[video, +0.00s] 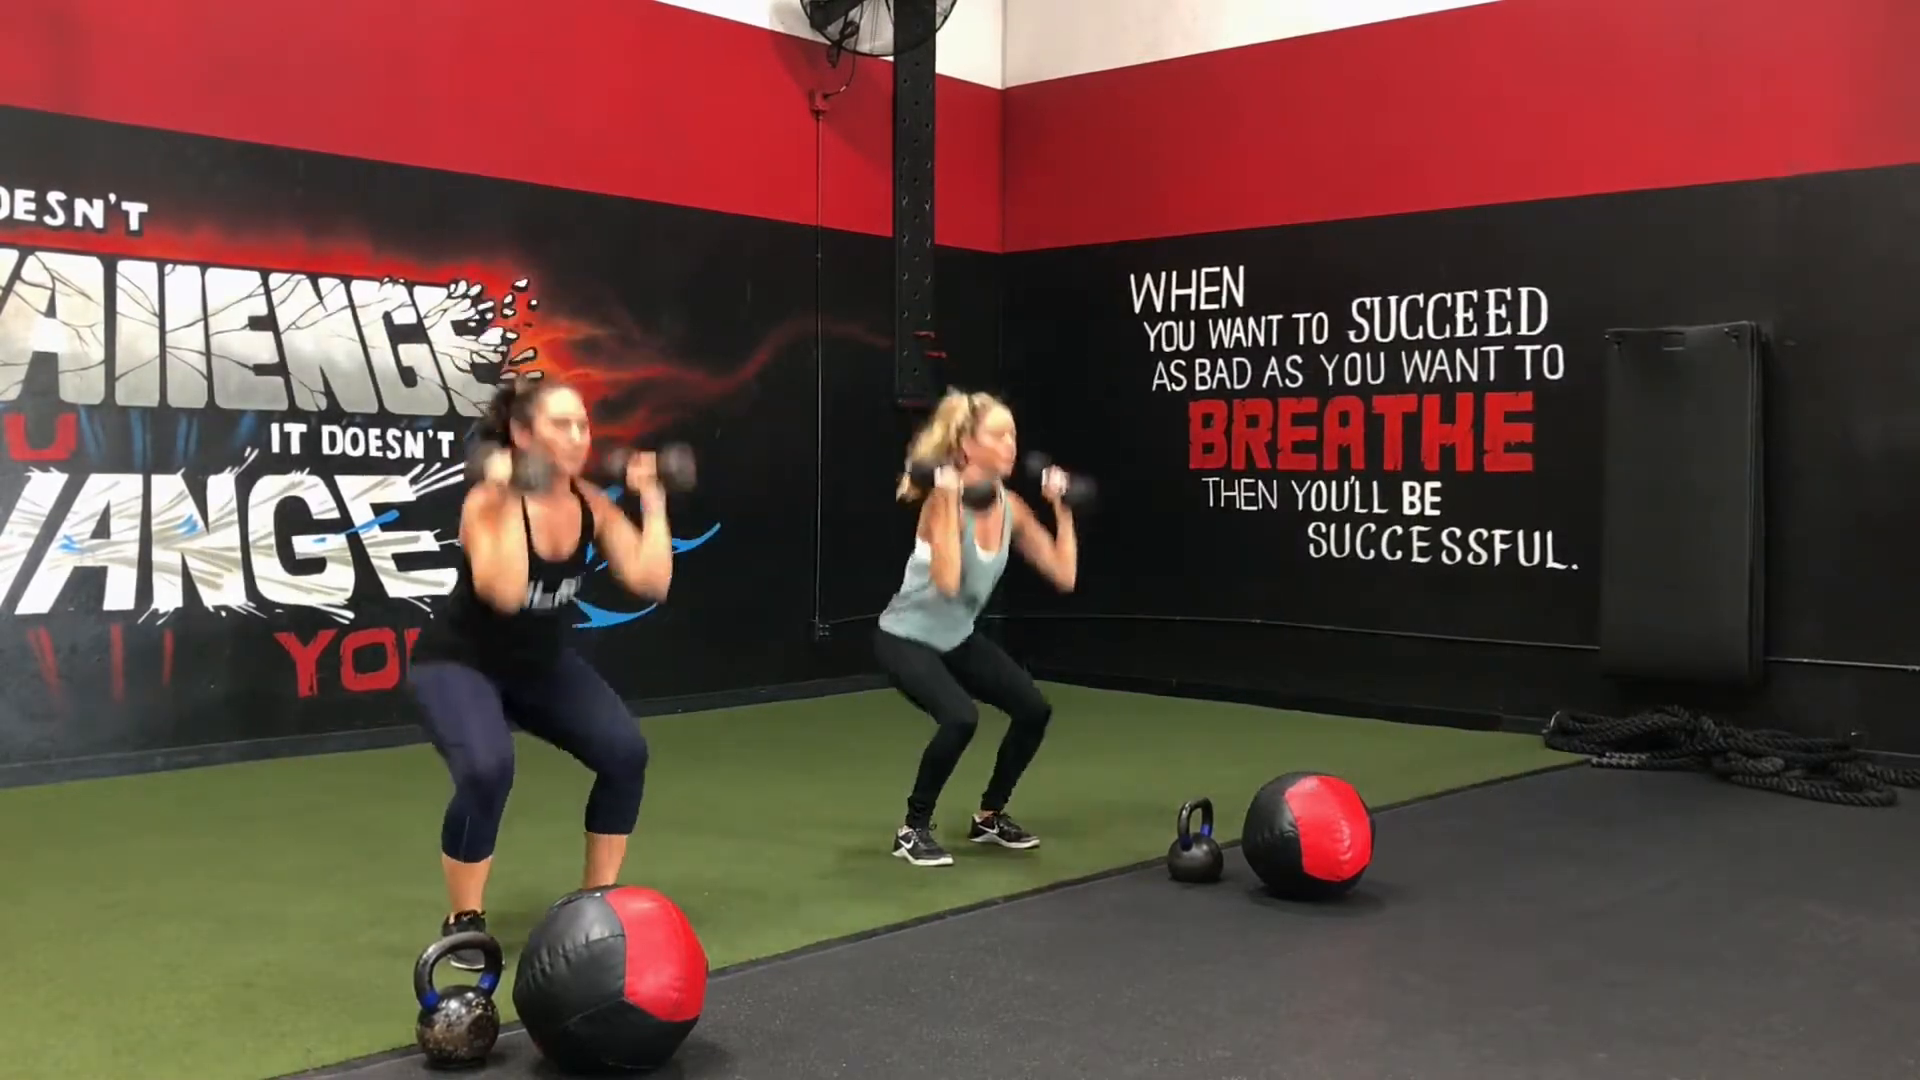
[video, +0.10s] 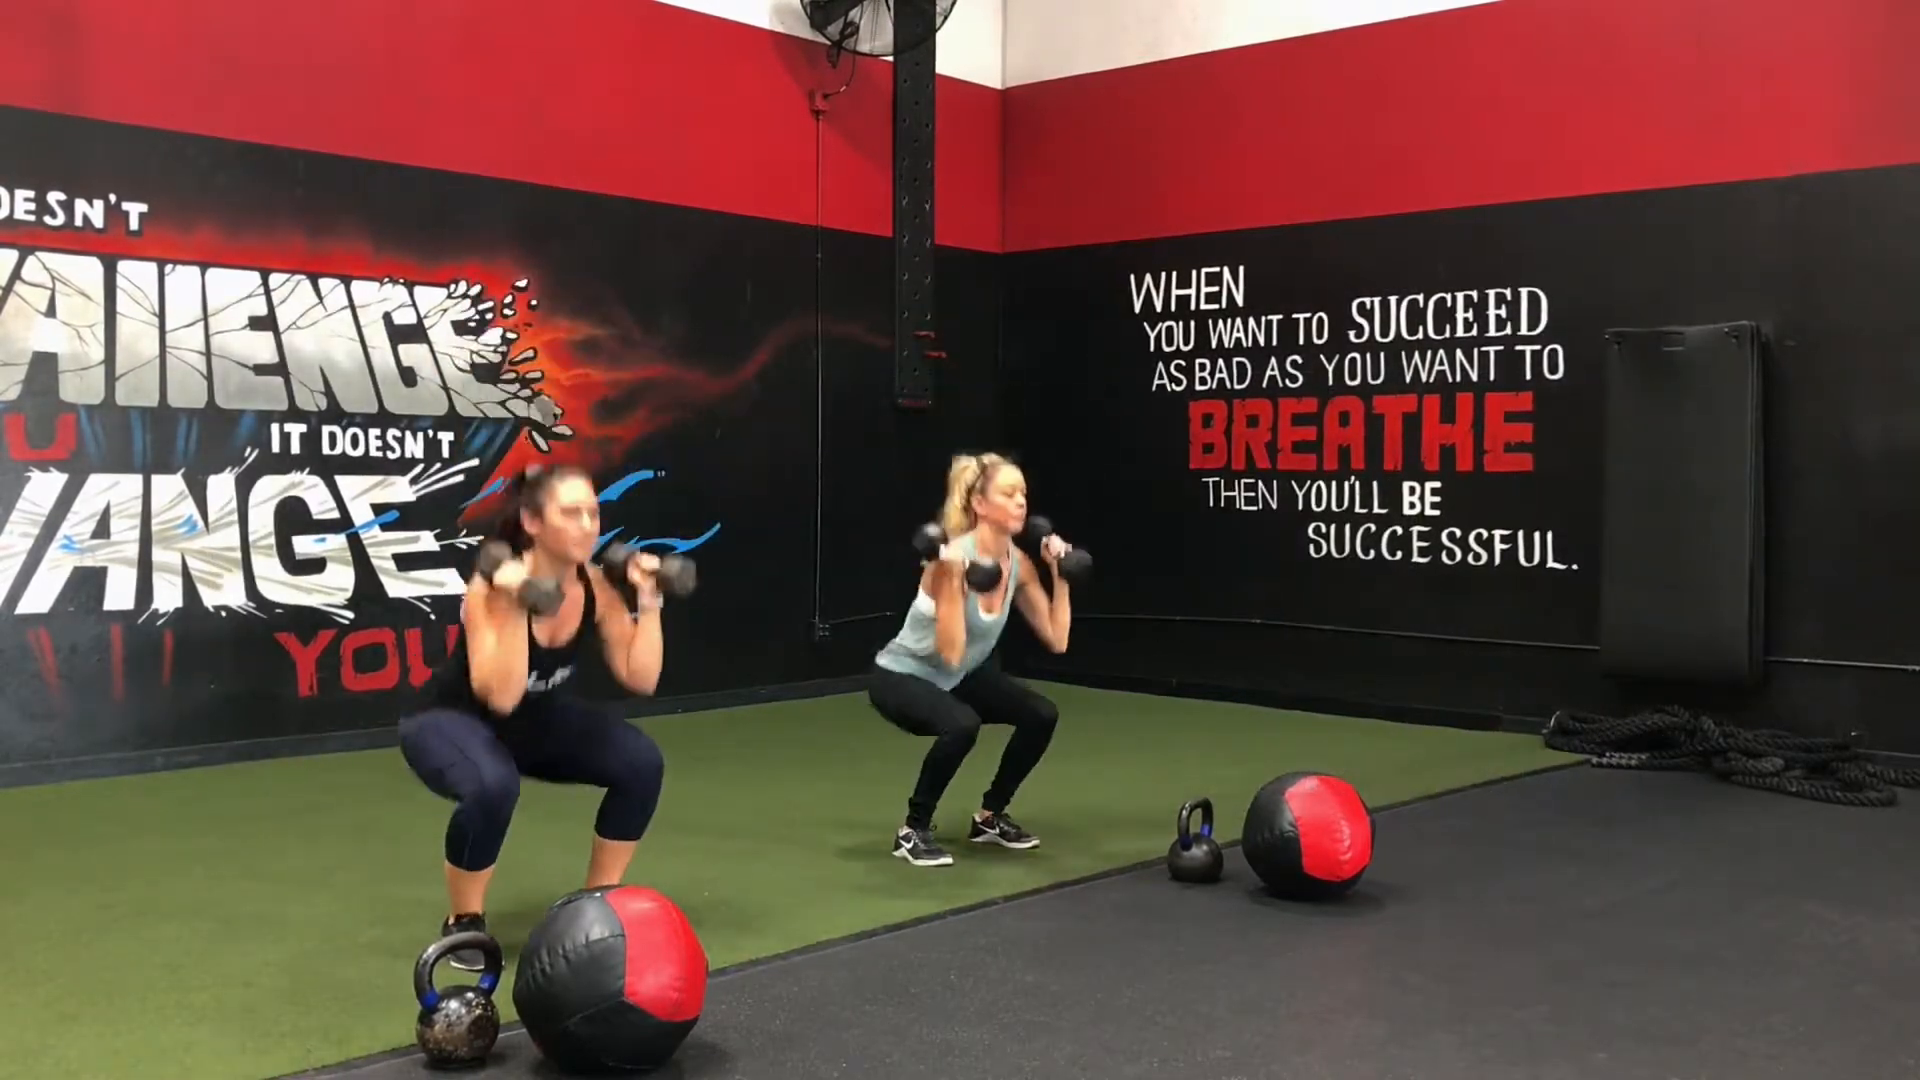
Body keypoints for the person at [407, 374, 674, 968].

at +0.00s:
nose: (579, 436)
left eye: (582, 424)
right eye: (563, 425)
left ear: (589, 432)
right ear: (521, 434)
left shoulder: (590, 503)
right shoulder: (489, 501)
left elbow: (651, 582)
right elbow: (505, 593)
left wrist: (652, 497)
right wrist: (506, 495)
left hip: (541, 663)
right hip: (458, 662)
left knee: (625, 752)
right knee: (487, 768)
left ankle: (594, 906)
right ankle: (465, 925)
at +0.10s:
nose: (589, 525)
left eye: (593, 513)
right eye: (573, 513)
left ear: (600, 519)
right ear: (532, 524)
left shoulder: (595, 581)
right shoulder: (493, 582)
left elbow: (641, 678)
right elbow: (501, 694)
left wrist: (648, 600)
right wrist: (513, 600)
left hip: (534, 717)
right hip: (451, 718)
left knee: (640, 763)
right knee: (493, 785)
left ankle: (597, 908)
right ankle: (465, 925)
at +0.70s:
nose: (554, 324)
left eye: (557, 314)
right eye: (537, 312)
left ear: (564, 327)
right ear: (498, 320)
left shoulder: (576, 383)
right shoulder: (477, 388)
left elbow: (629, 299)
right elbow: (490, 299)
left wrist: (623, 208)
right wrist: (491, 192)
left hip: (581, 604)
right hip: (501, 605)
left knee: (585, 752)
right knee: (488, 756)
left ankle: (598, 906)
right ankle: (465, 921)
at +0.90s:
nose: (555, 331)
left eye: (561, 319)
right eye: (538, 320)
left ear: (568, 331)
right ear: (499, 331)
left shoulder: (581, 411)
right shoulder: (479, 406)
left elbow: (646, 487)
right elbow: (491, 484)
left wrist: (636, 406)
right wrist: (488, 391)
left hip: (583, 611)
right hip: (503, 613)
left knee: (590, 753)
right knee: (486, 762)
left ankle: (597, 906)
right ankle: (464, 921)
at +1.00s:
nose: (567, 344)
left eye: (574, 331)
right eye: (552, 332)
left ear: (582, 334)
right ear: (516, 336)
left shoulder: (595, 411)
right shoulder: (484, 414)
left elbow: (618, 518)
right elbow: (480, 519)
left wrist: (635, 454)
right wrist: (486, 432)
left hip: (592, 607)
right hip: (512, 610)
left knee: (595, 755)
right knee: (504, 761)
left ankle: (597, 910)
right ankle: (465, 922)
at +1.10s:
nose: (563, 360)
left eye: (573, 347)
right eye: (549, 347)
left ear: (584, 344)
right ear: (518, 342)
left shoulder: (603, 414)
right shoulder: (487, 416)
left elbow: (627, 510)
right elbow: (460, 526)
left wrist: (654, 481)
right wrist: (483, 466)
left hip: (589, 607)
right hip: (509, 605)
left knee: (595, 752)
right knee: (515, 745)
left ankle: (596, 910)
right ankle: (462, 907)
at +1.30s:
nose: (514, 392)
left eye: (528, 379)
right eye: (501, 377)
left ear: (550, 374)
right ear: (478, 367)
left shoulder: (573, 443)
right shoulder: (439, 442)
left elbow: (582, 531)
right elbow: (383, 523)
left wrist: (575, 578)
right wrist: (417, 545)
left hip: (546, 625)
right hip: (456, 629)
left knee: (578, 762)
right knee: (431, 770)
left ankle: (598, 915)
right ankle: (379, 943)